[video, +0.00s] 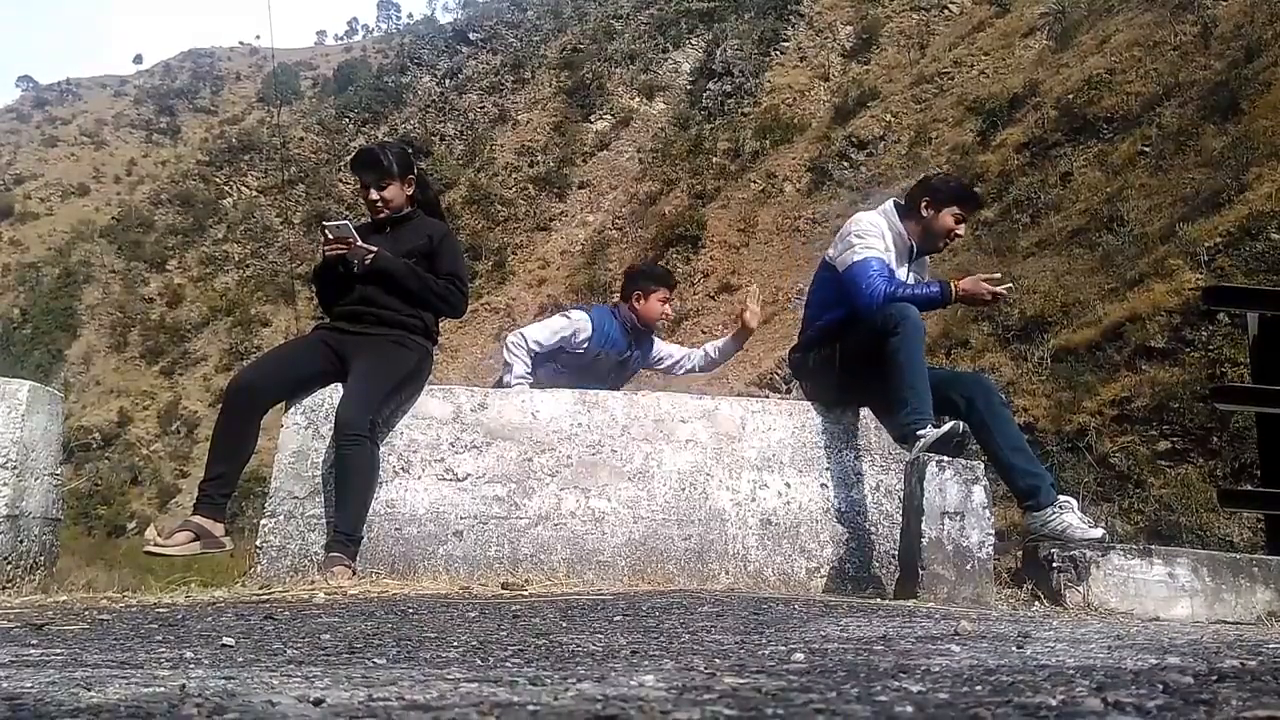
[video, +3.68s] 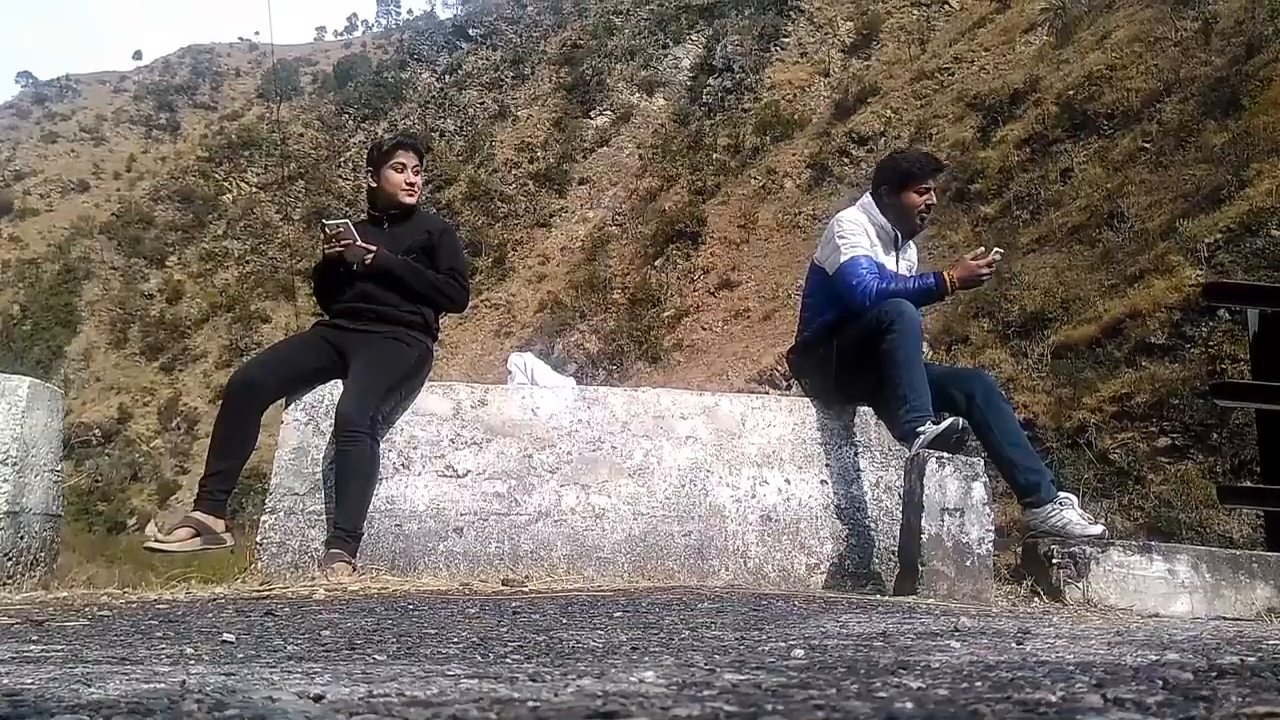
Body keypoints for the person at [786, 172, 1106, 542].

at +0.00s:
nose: (959, 232)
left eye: (964, 223)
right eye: (956, 219)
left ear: (928, 214)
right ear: (925, 208)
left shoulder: (915, 254)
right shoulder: (865, 229)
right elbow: (873, 294)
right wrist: (952, 291)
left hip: (876, 373)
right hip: (828, 368)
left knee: (976, 390)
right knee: (902, 317)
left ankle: (1043, 507)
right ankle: (916, 429)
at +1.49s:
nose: (915, 209)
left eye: (928, 205)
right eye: (908, 197)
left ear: (939, 217)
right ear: (892, 196)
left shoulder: (921, 257)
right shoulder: (857, 228)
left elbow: (912, 313)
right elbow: (874, 293)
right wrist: (951, 290)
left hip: (881, 373)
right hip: (826, 367)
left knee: (976, 387)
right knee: (904, 316)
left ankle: (1043, 504)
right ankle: (918, 428)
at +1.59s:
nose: (907, 209)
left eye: (921, 205)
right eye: (901, 198)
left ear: (936, 217)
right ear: (891, 197)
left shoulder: (921, 254)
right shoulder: (855, 229)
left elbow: (914, 308)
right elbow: (875, 292)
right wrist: (951, 290)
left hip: (880, 373)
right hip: (825, 368)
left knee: (977, 388)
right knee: (904, 317)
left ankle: (1043, 505)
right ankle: (918, 429)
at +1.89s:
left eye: (912, 212)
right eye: (919, 220)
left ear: (922, 218)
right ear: (891, 203)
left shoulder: (919, 252)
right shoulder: (851, 228)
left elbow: (914, 308)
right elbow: (875, 290)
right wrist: (956, 292)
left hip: (880, 373)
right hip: (825, 367)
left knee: (976, 387)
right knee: (903, 316)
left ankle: (1043, 504)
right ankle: (917, 429)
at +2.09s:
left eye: (917, 215)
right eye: (915, 216)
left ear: (912, 213)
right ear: (887, 204)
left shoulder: (918, 245)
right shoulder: (846, 228)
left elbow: (917, 309)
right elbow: (873, 290)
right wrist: (955, 290)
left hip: (882, 372)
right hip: (825, 366)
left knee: (976, 386)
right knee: (901, 314)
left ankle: (1043, 503)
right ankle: (917, 428)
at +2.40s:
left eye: (893, 204)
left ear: (905, 210)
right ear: (880, 199)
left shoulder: (913, 244)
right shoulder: (840, 231)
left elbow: (938, 303)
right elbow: (873, 290)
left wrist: (931, 327)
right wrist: (953, 291)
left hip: (883, 371)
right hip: (826, 367)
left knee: (977, 386)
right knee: (900, 316)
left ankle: (1043, 505)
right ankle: (917, 429)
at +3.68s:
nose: (932, 202)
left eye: (934, 193)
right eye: (922, 192)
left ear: (931, 197)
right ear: (889, 193)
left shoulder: (904, 245)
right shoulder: (850, 225)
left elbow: (898, 305)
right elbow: (865, 290)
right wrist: (948, 280)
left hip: (878, 370)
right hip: (826, 366)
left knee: (976, 385)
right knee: (898, 315)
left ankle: (1042, 503)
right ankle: (916, 429)